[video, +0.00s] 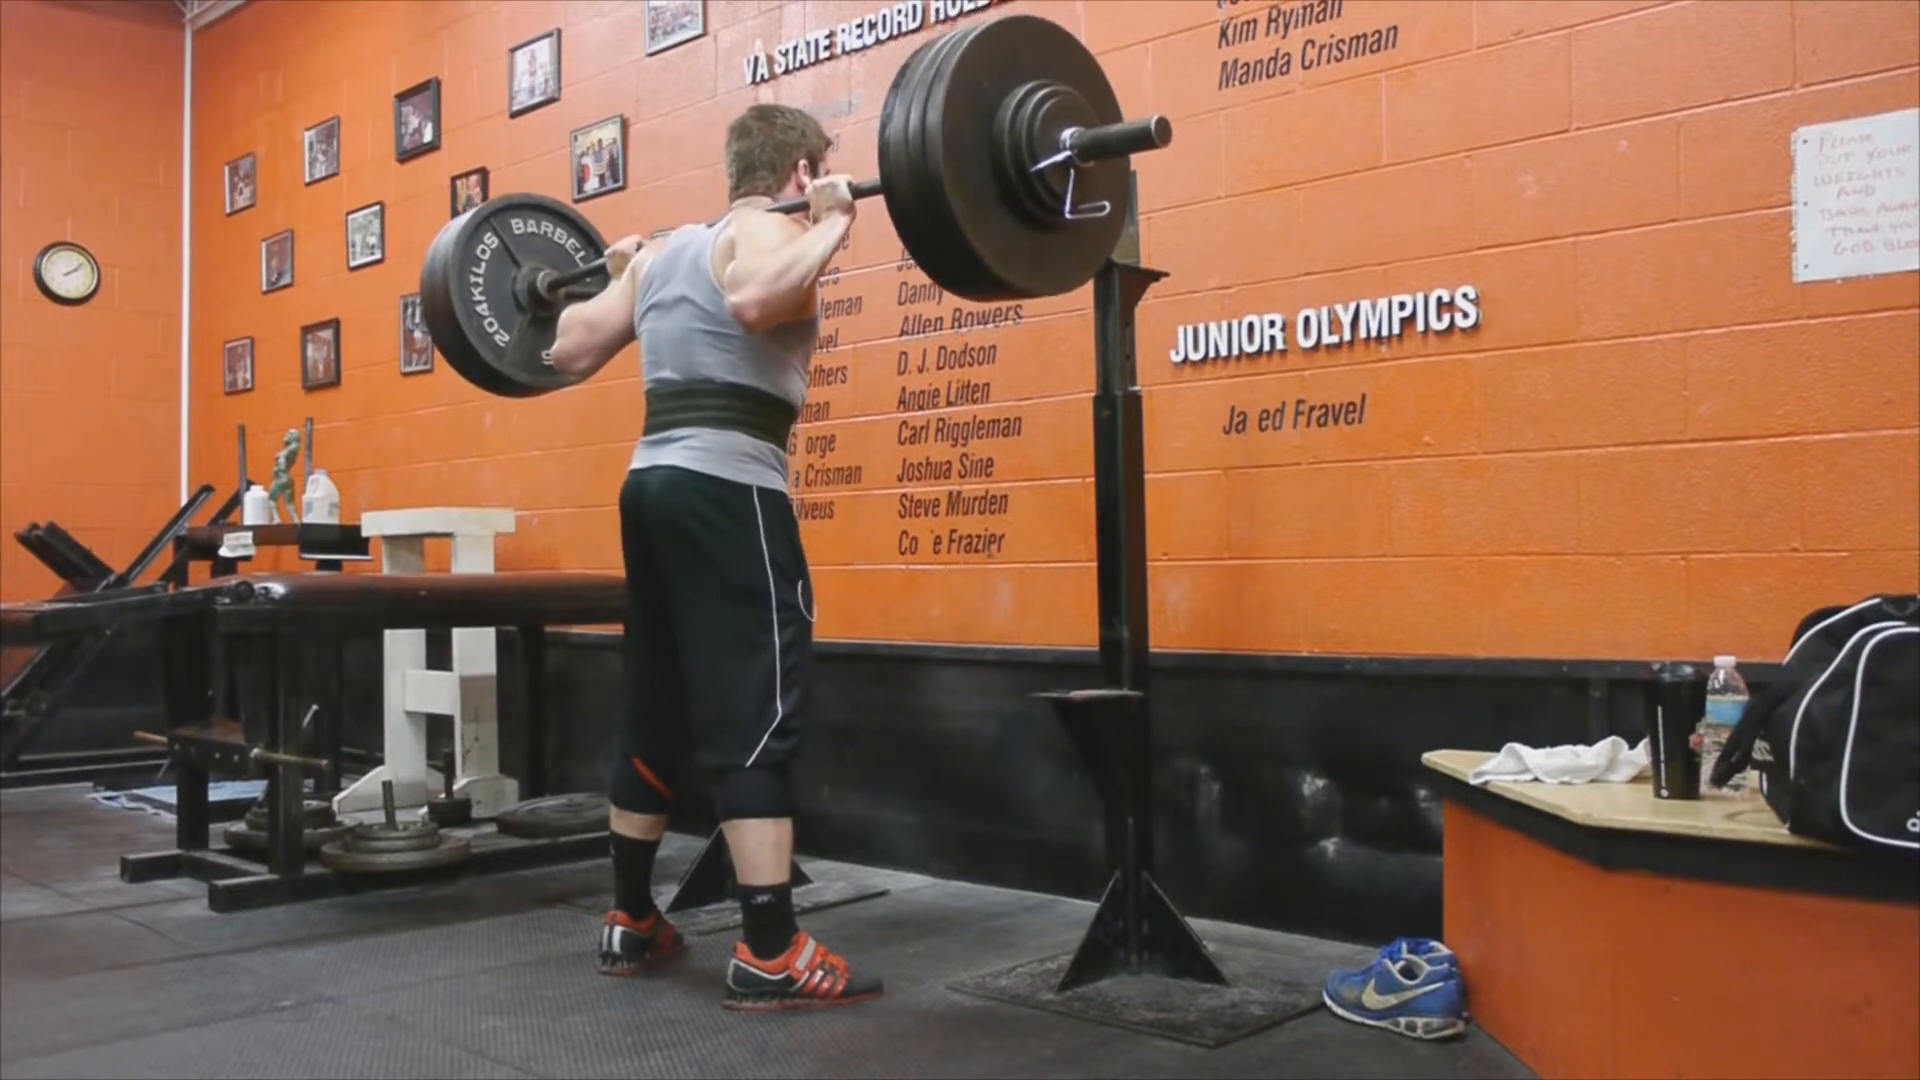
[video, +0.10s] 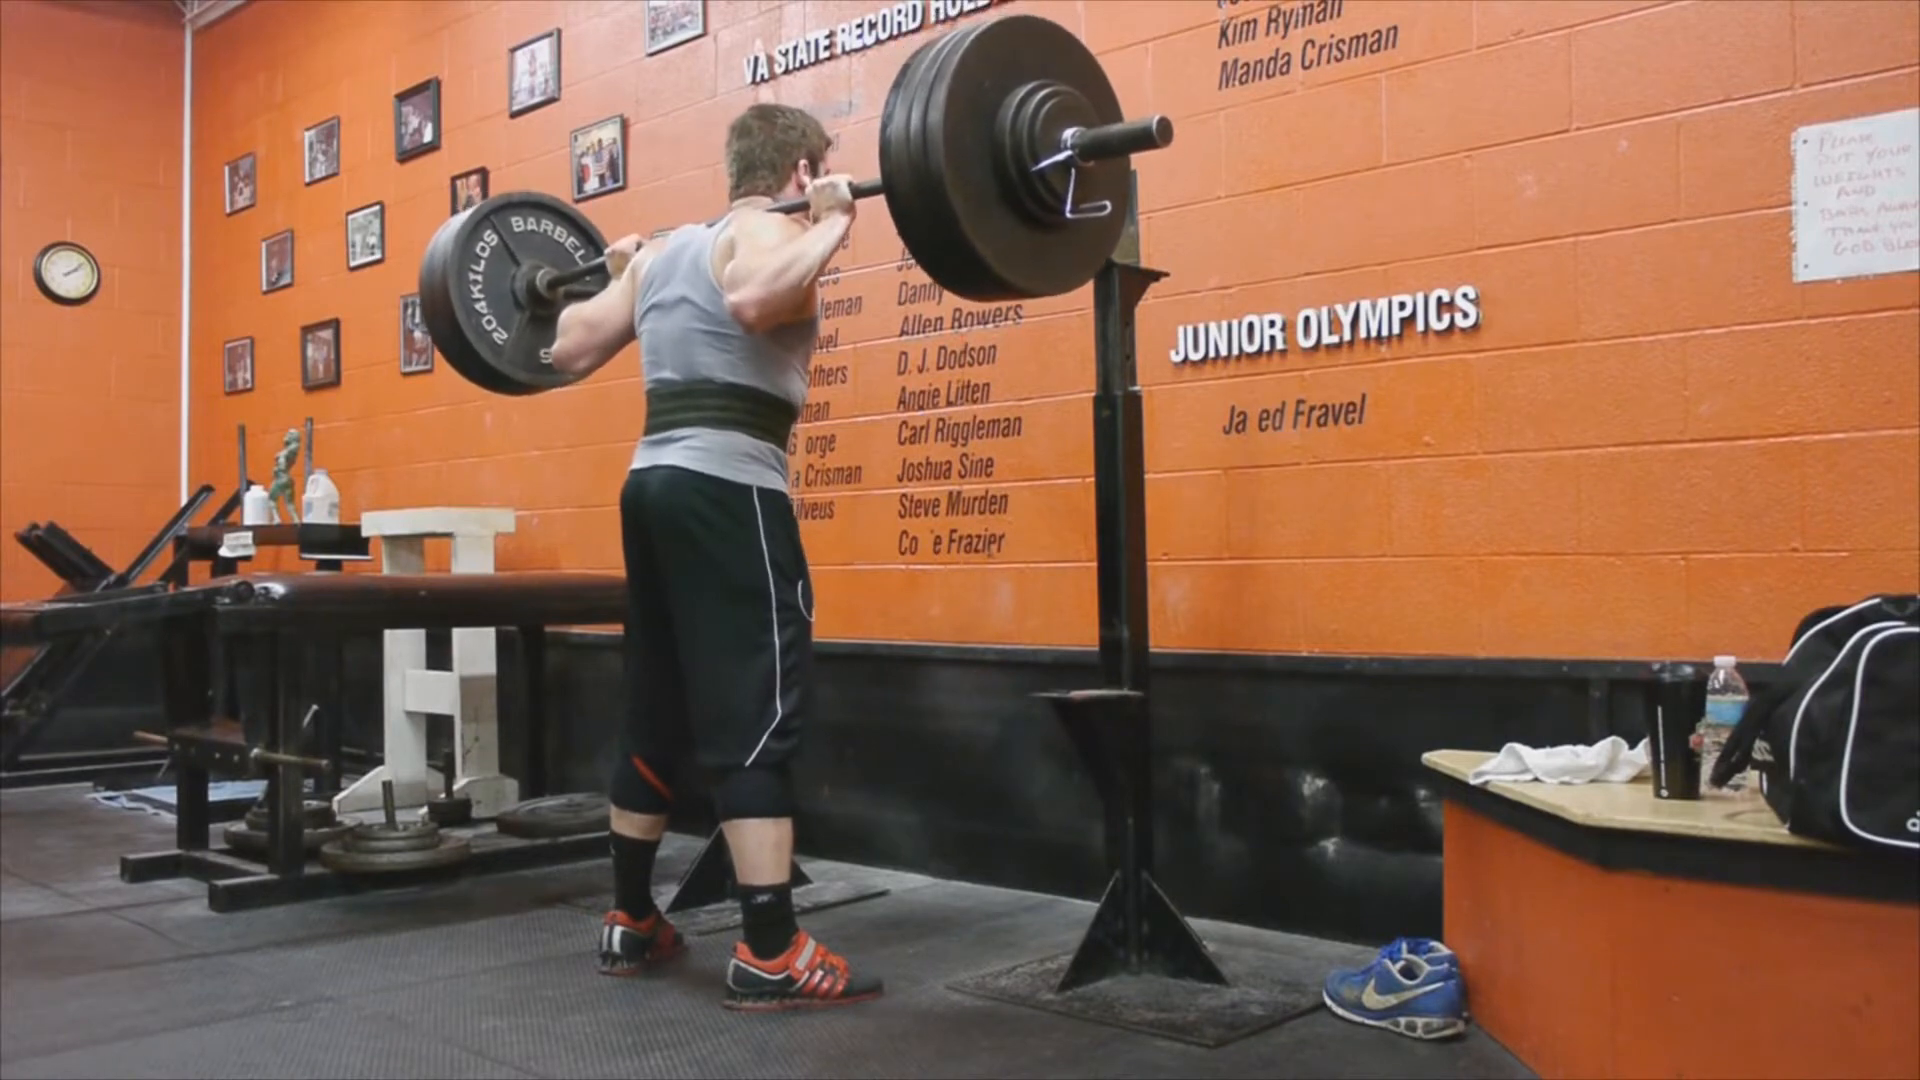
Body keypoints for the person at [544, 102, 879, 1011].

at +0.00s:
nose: (825, 191)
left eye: (825, 175)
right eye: (823, 175)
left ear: (736, 174)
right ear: (799, 170)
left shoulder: (664, 253)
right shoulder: (772, 226)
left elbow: (566, 350)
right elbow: (752, 300)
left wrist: (611, 274)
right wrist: (833, 226)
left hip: (652, 485)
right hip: (728, 486)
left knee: (658, 709)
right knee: (755, 714)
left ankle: (631, 920)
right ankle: (770, 947)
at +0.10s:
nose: (825, 192)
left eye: (825, 175)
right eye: (823, 176)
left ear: (736, 175)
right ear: (799, 171)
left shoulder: (665, 252)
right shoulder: (774, 227)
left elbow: (566, 349)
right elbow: (752, 301)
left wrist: (610, 273)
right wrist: (834, 227)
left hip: (653, 485)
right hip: (729, 487)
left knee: (658, 709)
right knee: (756, 714)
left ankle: (631, 920)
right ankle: (770, 946)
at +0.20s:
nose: (827, 191)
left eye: (827, 175)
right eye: (825, 175)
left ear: (736, 174)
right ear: (800, 169)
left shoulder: (664, 251)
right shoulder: (775, 226)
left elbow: (566, 349)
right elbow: (753, 302)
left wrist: (608, 272)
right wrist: (834, 228)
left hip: (654, 484)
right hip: (730, 487)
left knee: (659, 708)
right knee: (757, 712)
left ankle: (631, 920)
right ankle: (770, 946)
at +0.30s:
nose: (825, 190)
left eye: (825, 174)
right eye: (823, 175)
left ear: (735, 173)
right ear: (799, 169)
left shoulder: (664, 252)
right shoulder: (775, 227)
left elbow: (566, 349)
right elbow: (753, 303)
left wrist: (607, 273)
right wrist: (834, 228)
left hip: (654, 486)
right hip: (730, 488)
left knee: (660, 709)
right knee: (758, 713)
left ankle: (631, 920)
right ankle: (770, 946)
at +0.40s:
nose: (824, 189)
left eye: (823, 174)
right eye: (822, 174)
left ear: (735, 172)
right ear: (799, 169)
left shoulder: (663, 252)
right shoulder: (772, 226)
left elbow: (565, 349)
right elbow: (754, 304)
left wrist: (608, 273)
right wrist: (833, 228)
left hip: (652, 485)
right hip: (729, 487)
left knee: (659, 709)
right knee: (757, 713)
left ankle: (631, 920)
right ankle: (770, 947)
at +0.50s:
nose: (825, 189)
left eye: (824, 174)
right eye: (823, 174)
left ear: (737, 171)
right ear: (800, 169)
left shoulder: (664, 251)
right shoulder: (773, 227)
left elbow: (564, 347)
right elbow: (753, 303)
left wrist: (607, 273)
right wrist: (833, 229)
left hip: (650, 486)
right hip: (725, 488)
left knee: (658, 708)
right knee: (758, 713)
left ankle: (631, 920)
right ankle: (770, 947)